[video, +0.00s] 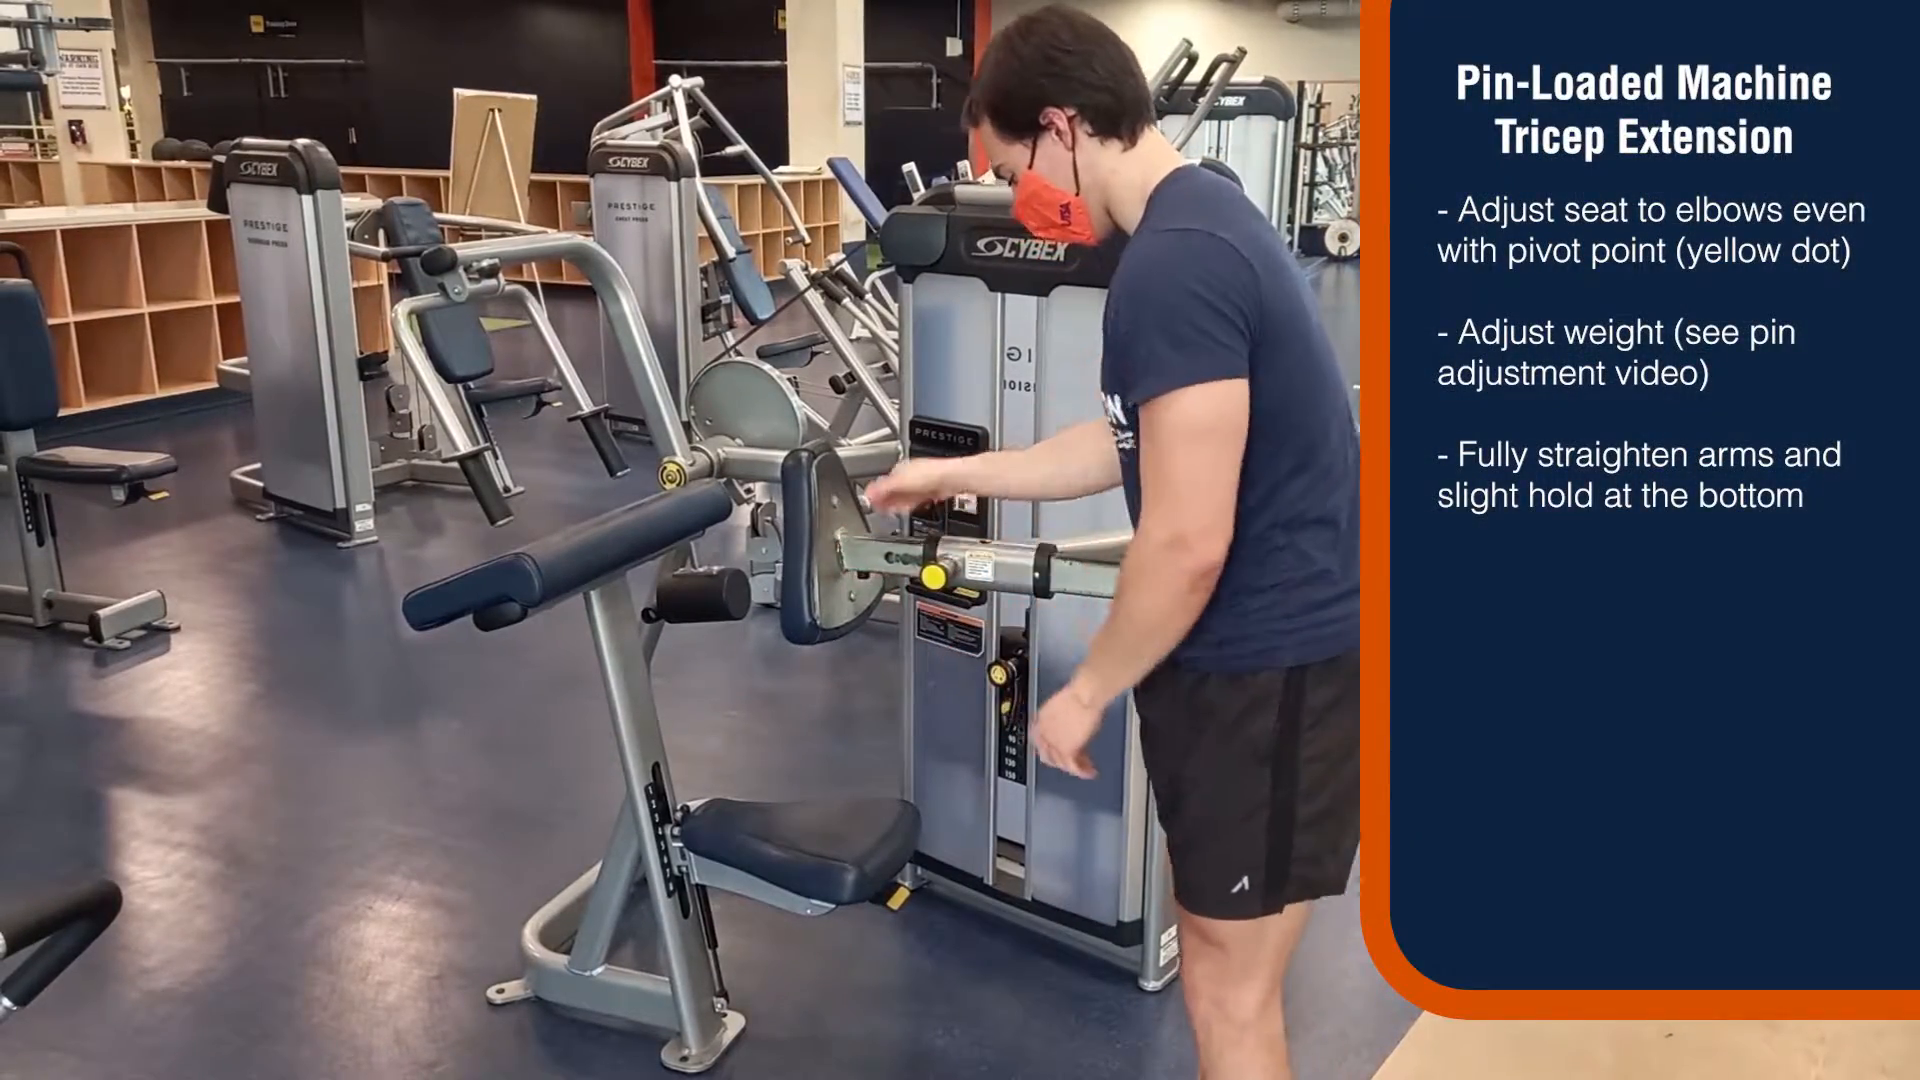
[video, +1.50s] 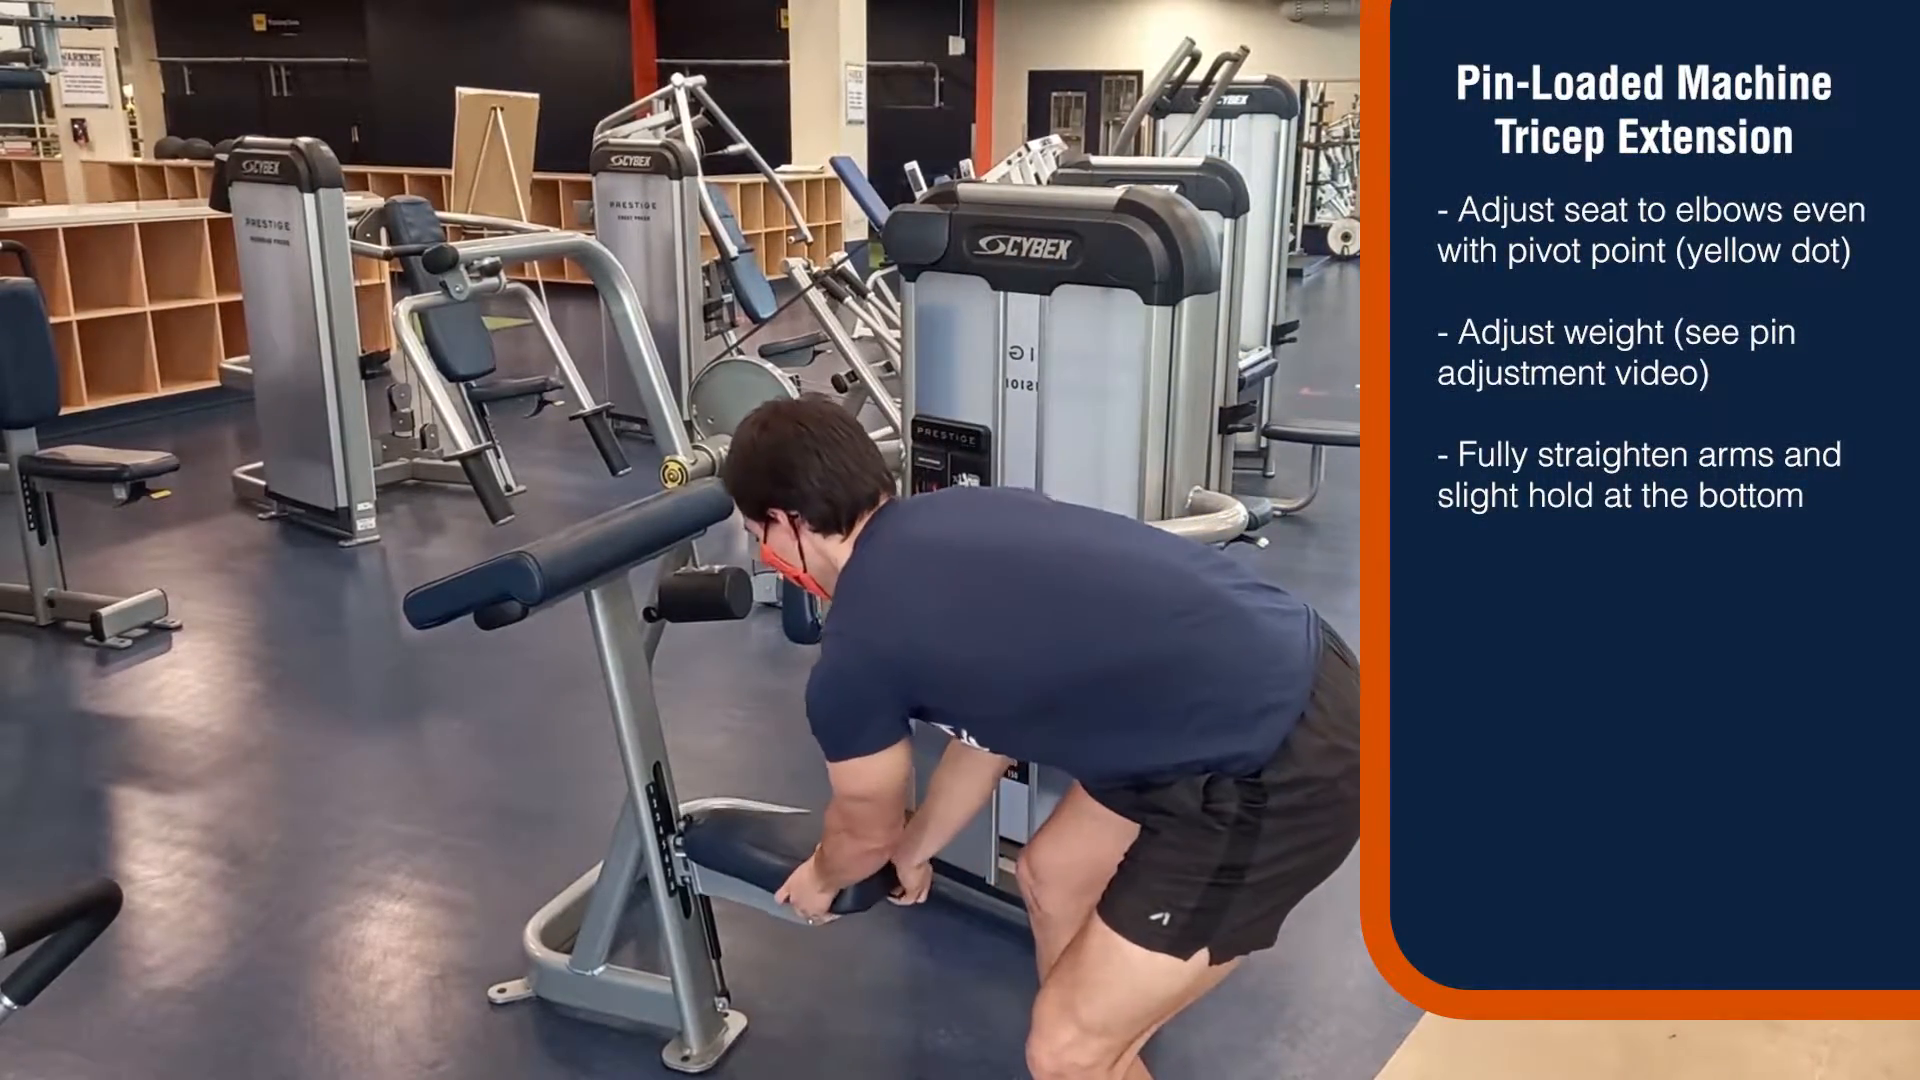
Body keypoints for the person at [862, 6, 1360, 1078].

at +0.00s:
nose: (1026, 203)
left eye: (1016, 174)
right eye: (1011, 181)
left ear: (1064, 128)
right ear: (1082, 122)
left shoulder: (1173, 258)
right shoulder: (1200, 221)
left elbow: (1189, 544)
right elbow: (1124, 445)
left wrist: (1088, 694)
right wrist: (951, 475)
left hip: (1257, 668)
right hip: (1259, 654)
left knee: (1230, 995)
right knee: (1228, 962)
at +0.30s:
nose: (965, 236)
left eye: (953, 209)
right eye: (950, 215)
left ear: (997, 167)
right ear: (1021, 156)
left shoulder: (1139, 311)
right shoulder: (1140, 256)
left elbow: (1187, 613)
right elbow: (1127, 510)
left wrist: (1108, 797)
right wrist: (1029, 643)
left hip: (1280, 683)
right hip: (1221, 659)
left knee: (1200, 1010)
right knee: (1127, 876)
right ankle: (1166, 1068)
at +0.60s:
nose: (827, 430)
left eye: (817, 403)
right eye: (815, 408)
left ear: (856, 378)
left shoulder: (1014, 471)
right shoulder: (992, 441)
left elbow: (1050, 756)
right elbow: (1020, 676)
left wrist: (978, 880)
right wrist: (991, 818)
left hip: (1305, 697)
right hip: (1203, 680)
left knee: (1172, 1016)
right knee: (1118, 892)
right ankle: (1094, 1070)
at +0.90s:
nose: (788, 558)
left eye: (779, 535)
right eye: (777, 539)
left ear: (812, 523)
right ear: (891, 467)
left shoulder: (928, 629)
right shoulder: (972, 519)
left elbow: (907, 838)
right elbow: (994, 741)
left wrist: (844, 870)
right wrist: (931, 858)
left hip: (1305, 742)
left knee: (1113, 1043)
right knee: (1074, 880)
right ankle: (1091, 1066)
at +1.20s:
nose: (772, 575)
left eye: (764, 553)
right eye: (762, 556)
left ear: (794, 547)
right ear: (875, 488)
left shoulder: (876, 669)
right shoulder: (963, 520)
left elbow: (877, 835)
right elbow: (1001, 731)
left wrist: (823, 871)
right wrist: (914, 843)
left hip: (1290, 751)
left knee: (1078, 1048)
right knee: (1064, 874)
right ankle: (1110, 1060)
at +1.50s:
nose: (761, 558)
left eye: (756, 535)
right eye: (753, 538)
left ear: (787, 528)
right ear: (870, 477)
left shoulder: (854, 657)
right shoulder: (956, 517)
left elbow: (865, 833)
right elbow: (995, 727)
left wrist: (819, 878)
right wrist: (913, 850)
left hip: (1269, 750)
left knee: (1071, 1047)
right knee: (1054, 878)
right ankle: (1106, 1056)